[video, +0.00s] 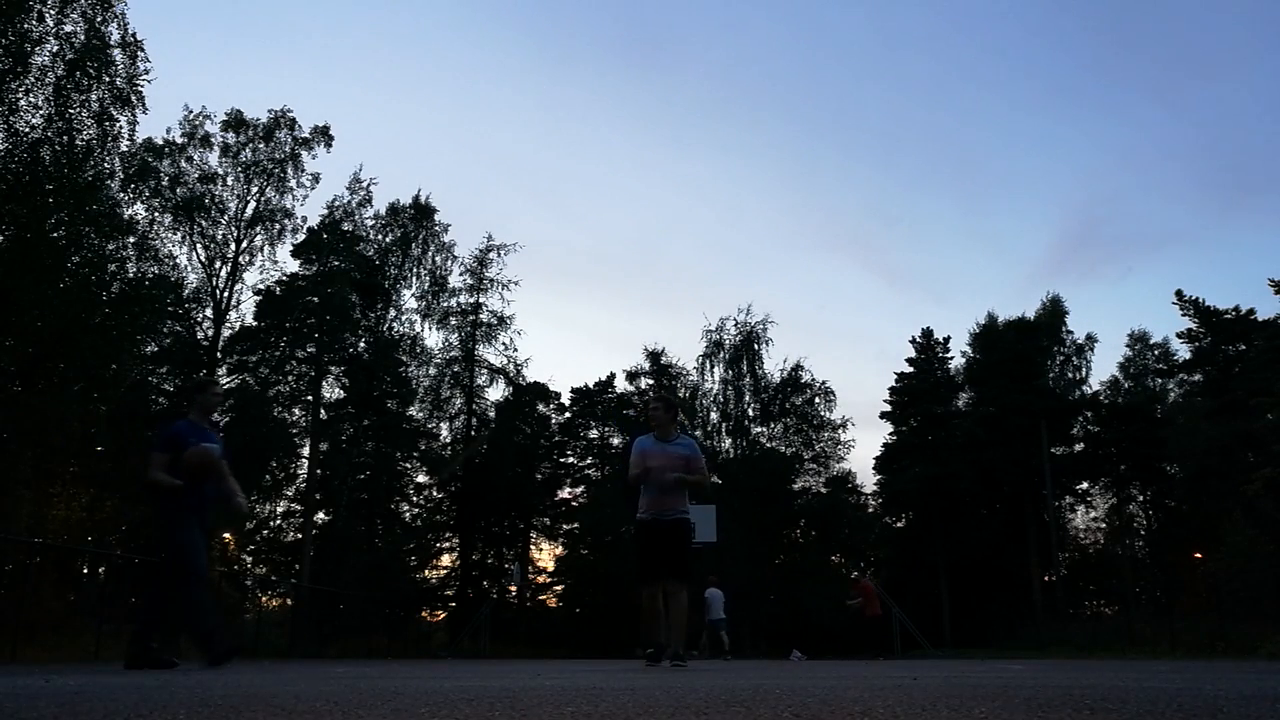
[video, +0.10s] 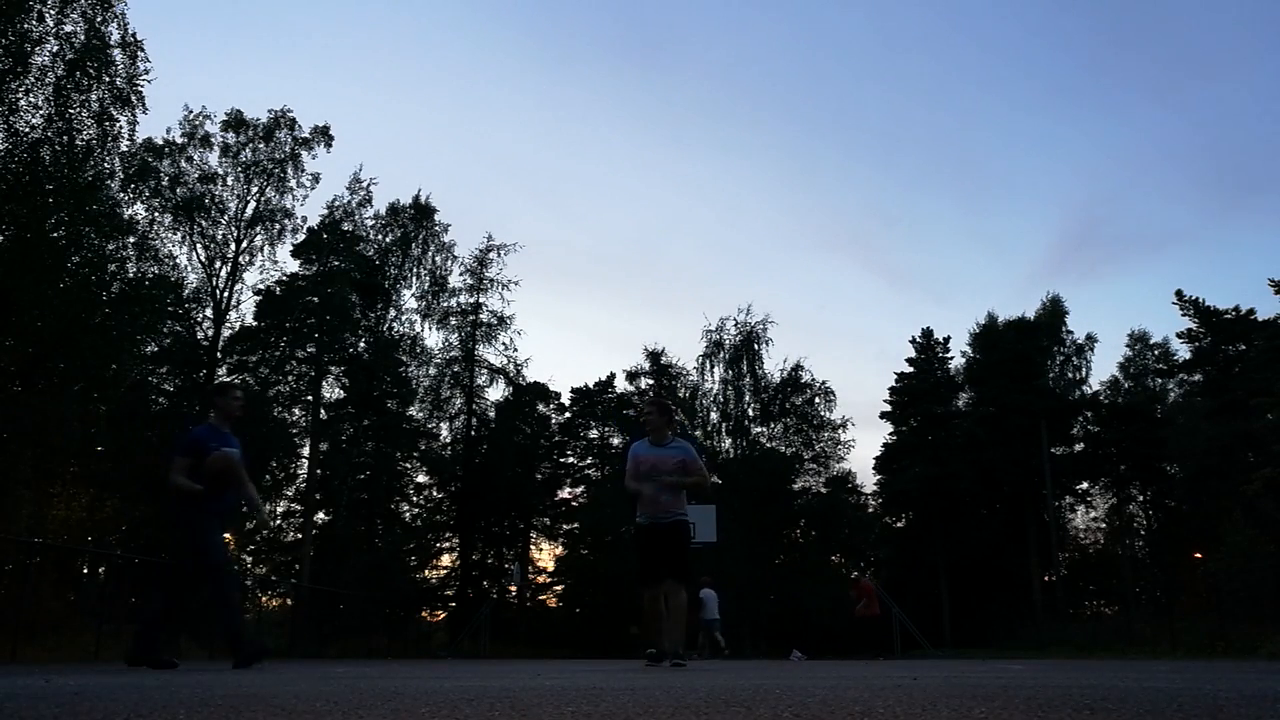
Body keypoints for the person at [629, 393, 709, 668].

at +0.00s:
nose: (651, 414)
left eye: (656, 410)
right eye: (650, 410)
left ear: (671, 414)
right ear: (651, 415)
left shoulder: (689, 445)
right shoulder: (641, 444)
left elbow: (704, 480)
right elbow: (632, 478)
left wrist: (678, 477)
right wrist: (646, 472)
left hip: (677, 521)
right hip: (647, 521)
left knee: (677, 585)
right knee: (650, 585)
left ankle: (677, 649)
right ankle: (655, 646)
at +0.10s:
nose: (645, 419)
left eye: (650, 415)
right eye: (644, 415)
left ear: (666, 418)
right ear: (645, 420)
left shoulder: (684, 448)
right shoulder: (637, 449)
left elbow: (703, 480)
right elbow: (629, 483)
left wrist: (673, 480)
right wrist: (650, 490)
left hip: (675, 523)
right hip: (646, 524)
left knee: (676, 586)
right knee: (651, 587)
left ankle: (677, 650)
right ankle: (656, 647)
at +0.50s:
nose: (632, 426)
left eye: (636, 422)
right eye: (630, 422)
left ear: (650, 424)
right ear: (631, 426)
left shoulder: (670, 449)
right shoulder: (628, 459)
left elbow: (693, 477)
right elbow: (623, 491)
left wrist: (659, 476)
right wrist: (620, 513)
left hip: (676, 525)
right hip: (647, 528)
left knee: (685, 585)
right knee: (656, 589)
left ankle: (696, 647)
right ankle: (662, 650)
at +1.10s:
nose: (662, 428)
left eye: (666, 424)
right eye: (659, 424)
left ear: (674, 428)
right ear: (653, 428)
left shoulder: (688, 455)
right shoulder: (644, 460)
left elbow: (701, 488)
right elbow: (636, 492)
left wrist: (688, 486)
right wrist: (640, 507)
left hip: (685, 529)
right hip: (656, 529)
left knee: (693, 589)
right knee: (659, 591)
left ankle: (699, 648)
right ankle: (663, 650)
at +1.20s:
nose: (671, 430)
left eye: (675, 426)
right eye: (667, 426)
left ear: (681, 430)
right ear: (660, 430)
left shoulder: (694, 457)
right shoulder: (650, 460)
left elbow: (711, 486)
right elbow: (635, 492)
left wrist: (702, 483)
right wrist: (649, 479)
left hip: (688, 530)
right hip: (659, 530)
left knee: (691, 590)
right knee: (661, 591)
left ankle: (693, 649)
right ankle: (663, 650)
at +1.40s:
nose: (684, 433)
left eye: (688, 429)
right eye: (680, 429)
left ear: (694, 433)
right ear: (673, 432)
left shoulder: (702, 459)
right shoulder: (661, 456)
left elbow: (725, 474)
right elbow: (642, 465)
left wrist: (725, 459)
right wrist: (650, 443)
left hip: (693, 532)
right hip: (665, 531)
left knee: (694, 592)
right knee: (663, 591)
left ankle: (694, 651)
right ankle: (663, 651)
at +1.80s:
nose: (687, 434)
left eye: (690, 430)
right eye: (683, 430)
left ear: (696, 435)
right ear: (674, 434)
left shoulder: (700, 458)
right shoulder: (665, 456)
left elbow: (719, 450)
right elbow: (646, 449)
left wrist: (735, 441)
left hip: (695, 530)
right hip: (666, 529)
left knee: (695, 589)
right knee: (665, 588)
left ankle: (698, 648)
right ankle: (665, 648)